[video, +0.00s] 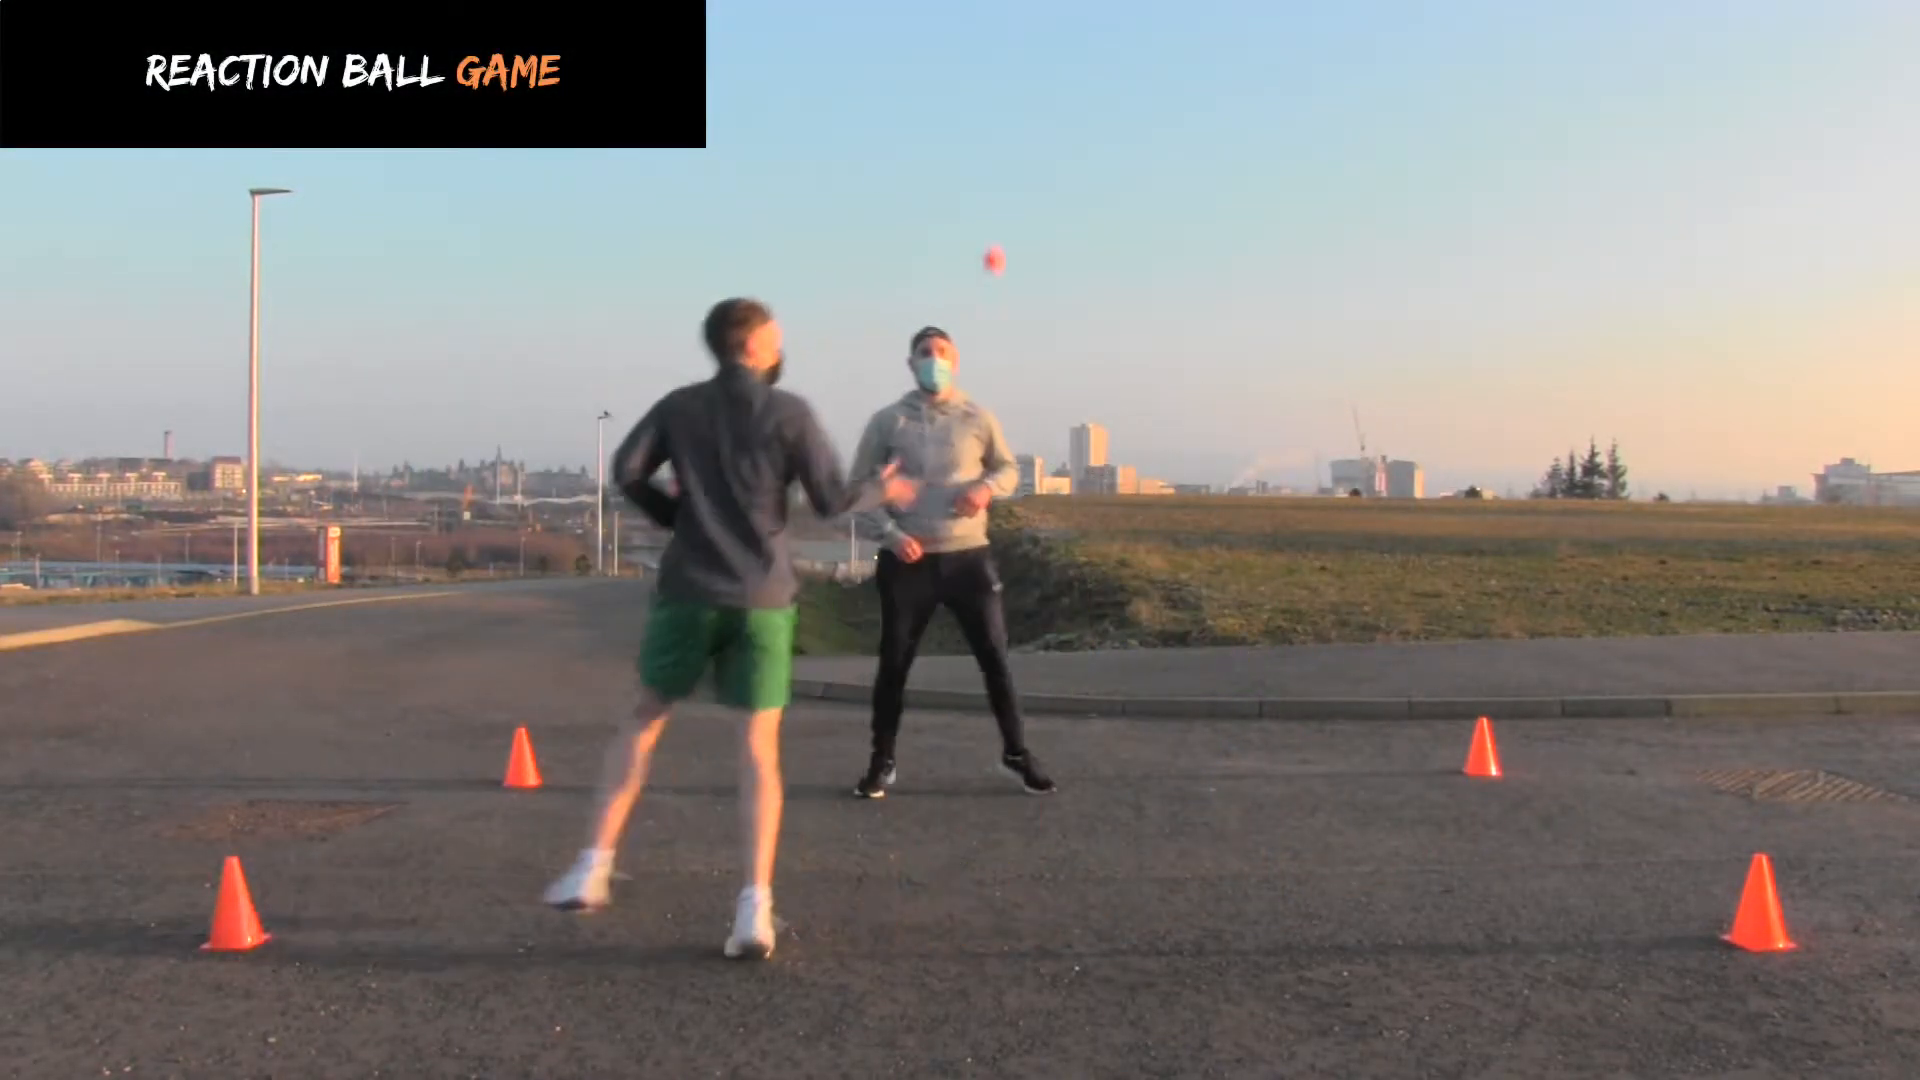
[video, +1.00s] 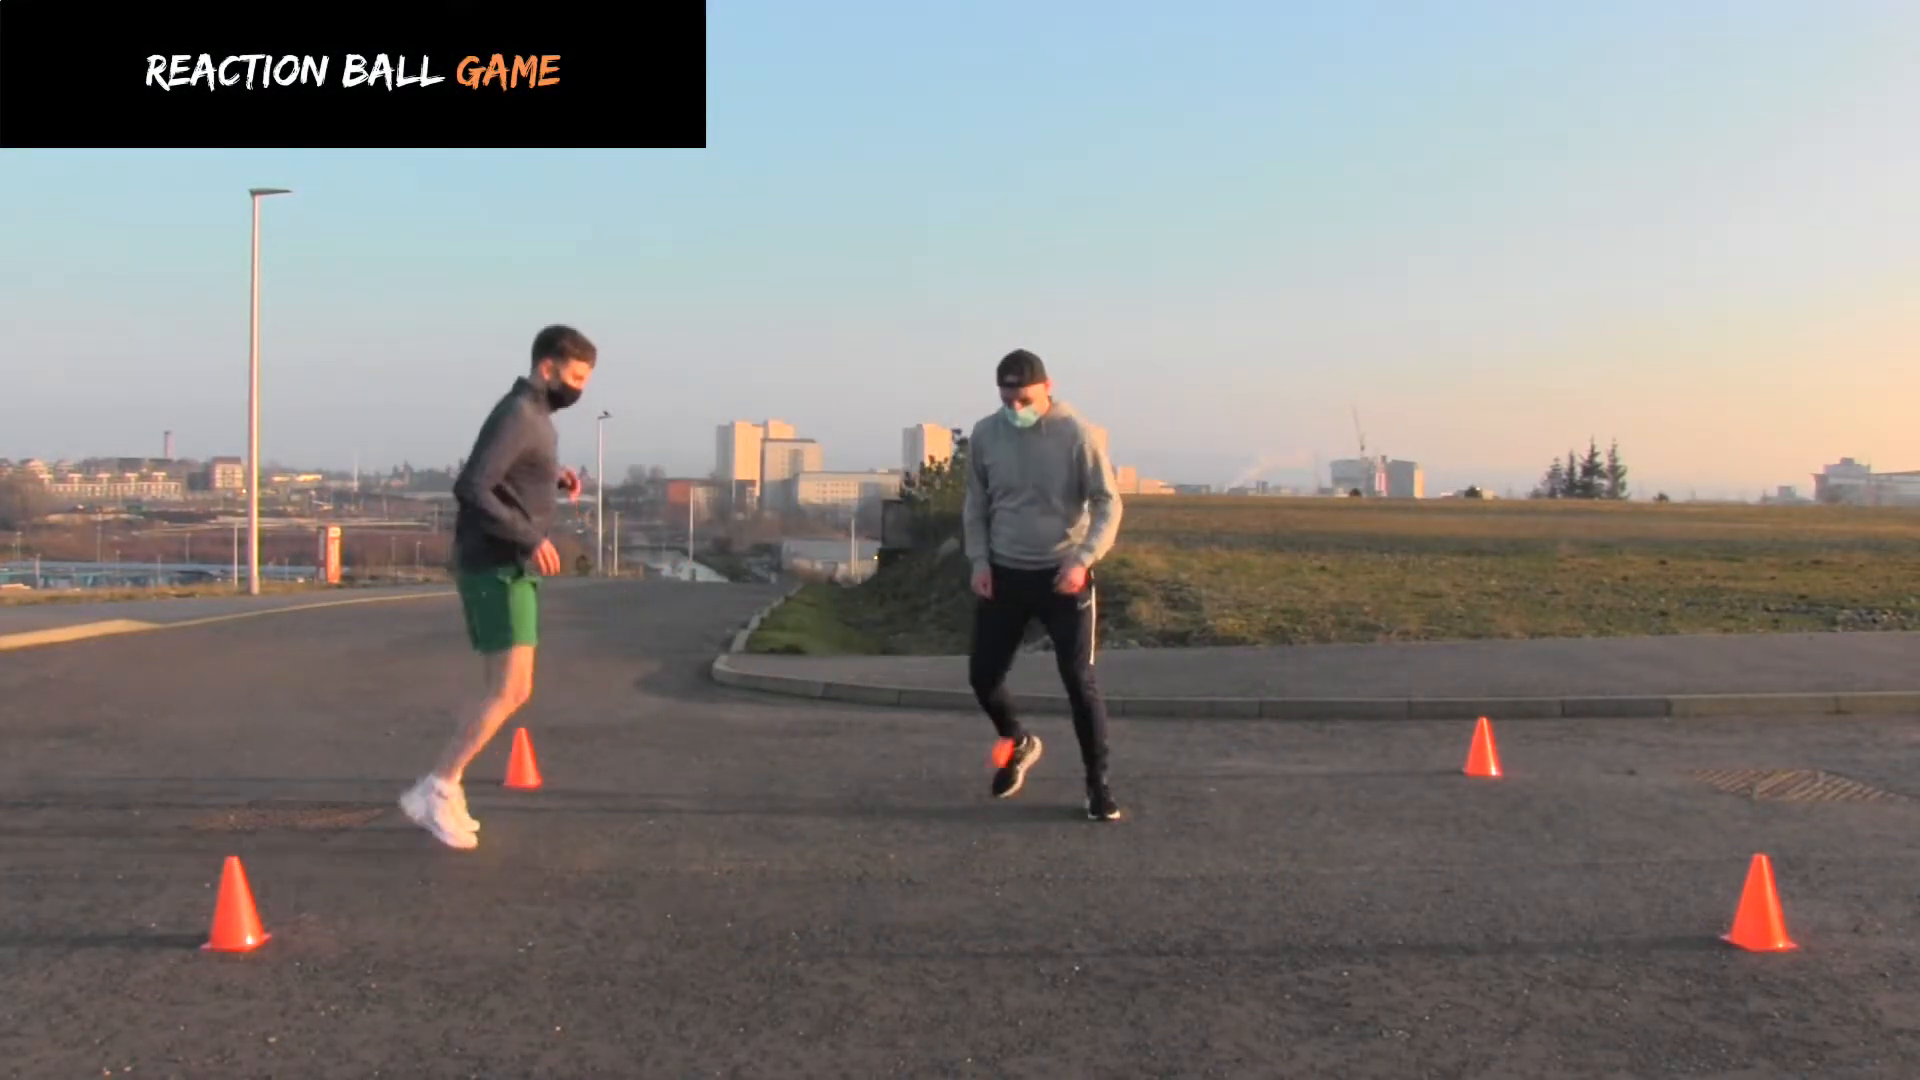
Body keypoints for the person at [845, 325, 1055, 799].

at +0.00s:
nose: (933, 363)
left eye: (941, 355)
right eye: (924, 355)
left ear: (955, 363)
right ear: (911, 364)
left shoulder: (978, 419)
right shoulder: (887, 422)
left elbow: (1009, 472)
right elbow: (859, 495)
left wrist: (986, 488)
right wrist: (891, 535)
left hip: (969, 557)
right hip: (907, 558)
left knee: (995, 656)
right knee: (894, 663)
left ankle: (1017, 752)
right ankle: (882, 760)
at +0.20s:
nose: (973, 364)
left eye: (982, 356)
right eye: (965, 357)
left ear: (997, 368)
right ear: (953, 369)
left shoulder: (1018, 427)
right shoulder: (931, 432)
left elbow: (1049, 486)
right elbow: (911, 499)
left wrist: (1014, 495)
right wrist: (915, 552)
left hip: (1009, 567)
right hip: (949, 566)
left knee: (1019, 670)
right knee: (927, 666)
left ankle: (1018, 763)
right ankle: (912, 759)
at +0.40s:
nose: (991, 362)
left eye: (1000, 355)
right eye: (982, 355)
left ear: (1016, 366)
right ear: (971, 366)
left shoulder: (1037, 421)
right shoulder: (950, 426)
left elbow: (1076, 477)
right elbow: (925, 490)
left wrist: (1053, 489)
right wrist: (938, 541)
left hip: (1027, 561)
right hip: (970, 562)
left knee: (1037, 666)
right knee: (986, 667)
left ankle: (1025, 755)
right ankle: (1003, 753)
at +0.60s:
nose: (1002, 387)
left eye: (1010, 380)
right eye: (993, 380)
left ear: (1026, 383)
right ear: (982, 385)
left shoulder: (1050, 434)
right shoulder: (964, 439)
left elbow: (1075, 484)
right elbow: (943, 506)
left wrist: (1073, 519)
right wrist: (953, 562)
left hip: (1047, 569)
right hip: (987, 572)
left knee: (1065, 665)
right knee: (1001, 674)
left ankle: (1065, 753)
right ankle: (1013, 754)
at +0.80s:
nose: (1020, 394)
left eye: (1029, 386)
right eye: (1012, 386)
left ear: (1048, 388)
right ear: (1002, 390)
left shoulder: (1079, 436)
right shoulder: (979, 443)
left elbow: (1106, 483)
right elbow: (960, 508)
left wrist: (1086, 525)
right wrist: (978, 566)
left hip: (1065, 576)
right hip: (1003, 579)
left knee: (1080, 678)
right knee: (1002, 677)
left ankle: (1098, 784)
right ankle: (1012, 746)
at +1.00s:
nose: (1016, 405)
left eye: (1025, 397)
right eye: (1008, 397)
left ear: (1046, 388)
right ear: (998, 392)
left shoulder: (1077, 434)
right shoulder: (984, 435)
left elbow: (1108, 503)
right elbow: (975, 504)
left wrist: (1084, 559)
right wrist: (979, 561)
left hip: (1064, 576)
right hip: (1004, 575)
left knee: (1081, 681)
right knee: (984, 677)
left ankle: (1098, 787)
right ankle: (1017, 741)